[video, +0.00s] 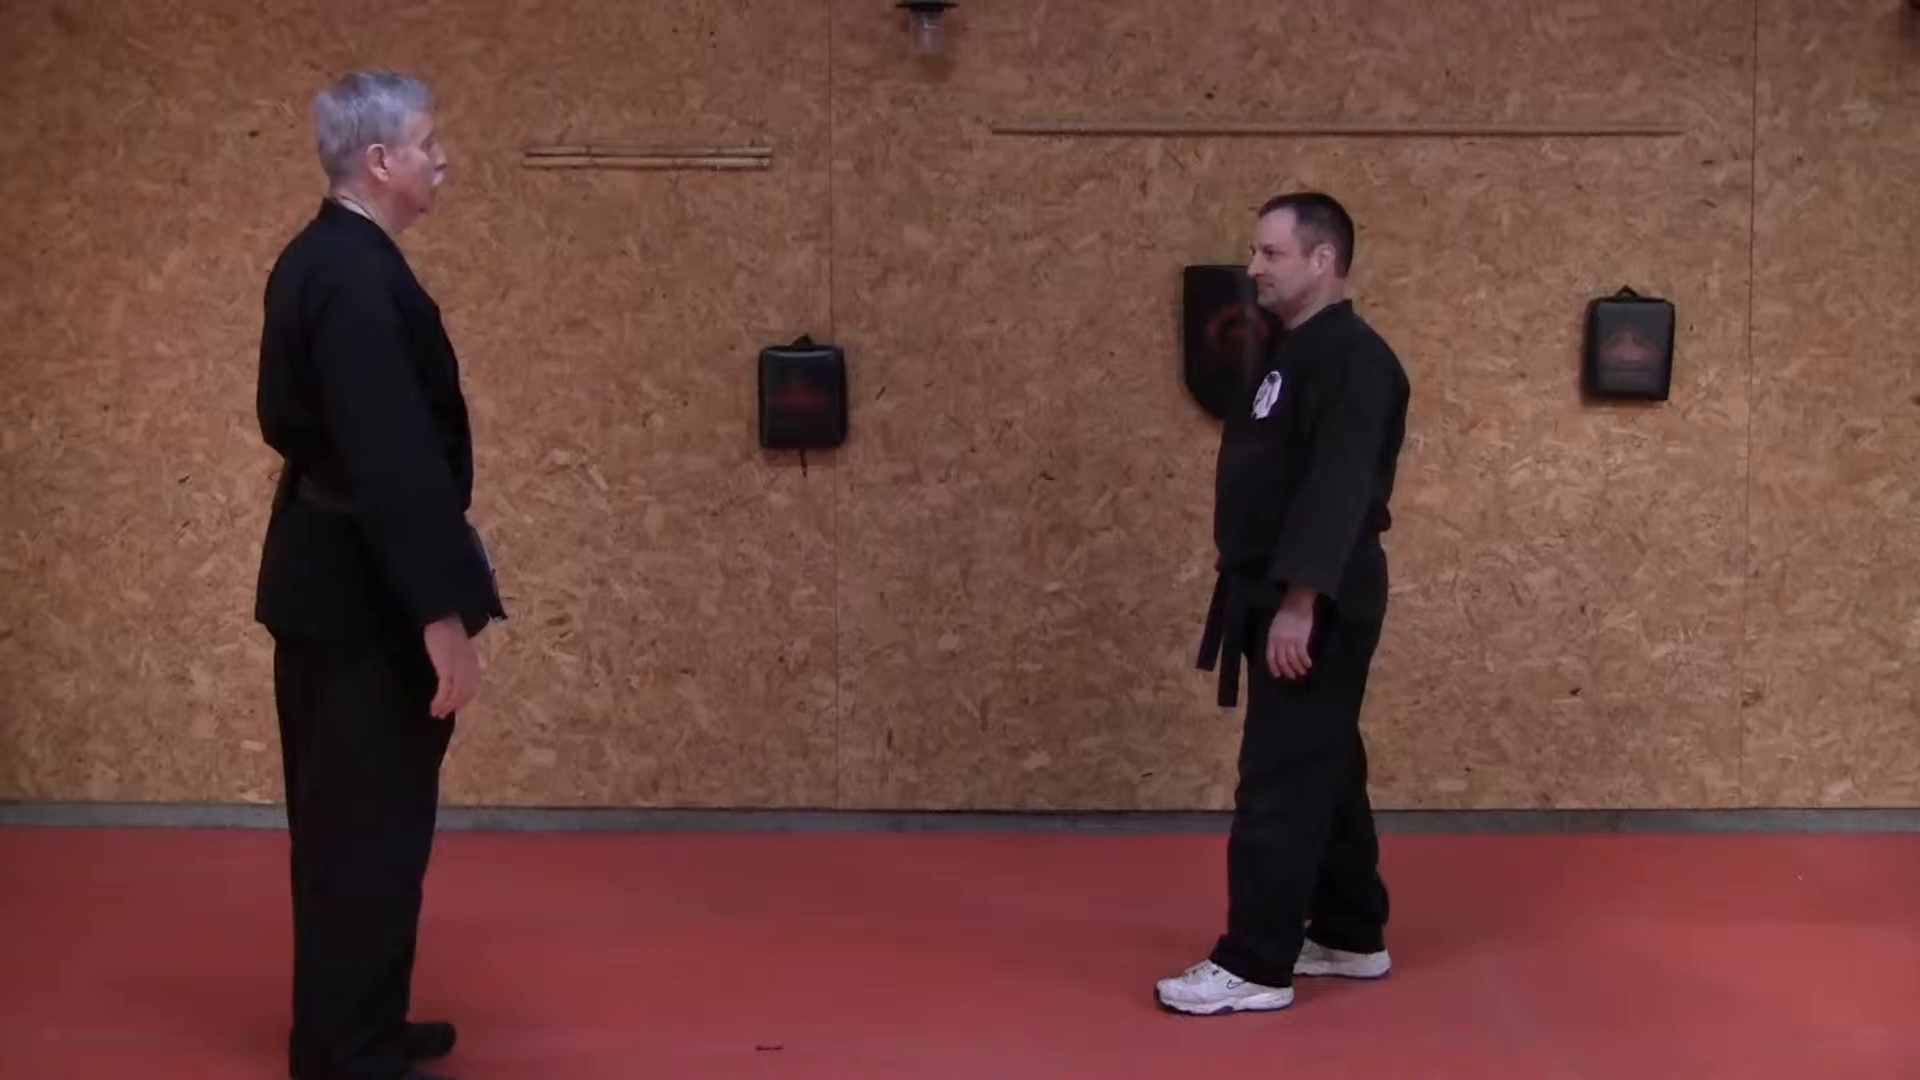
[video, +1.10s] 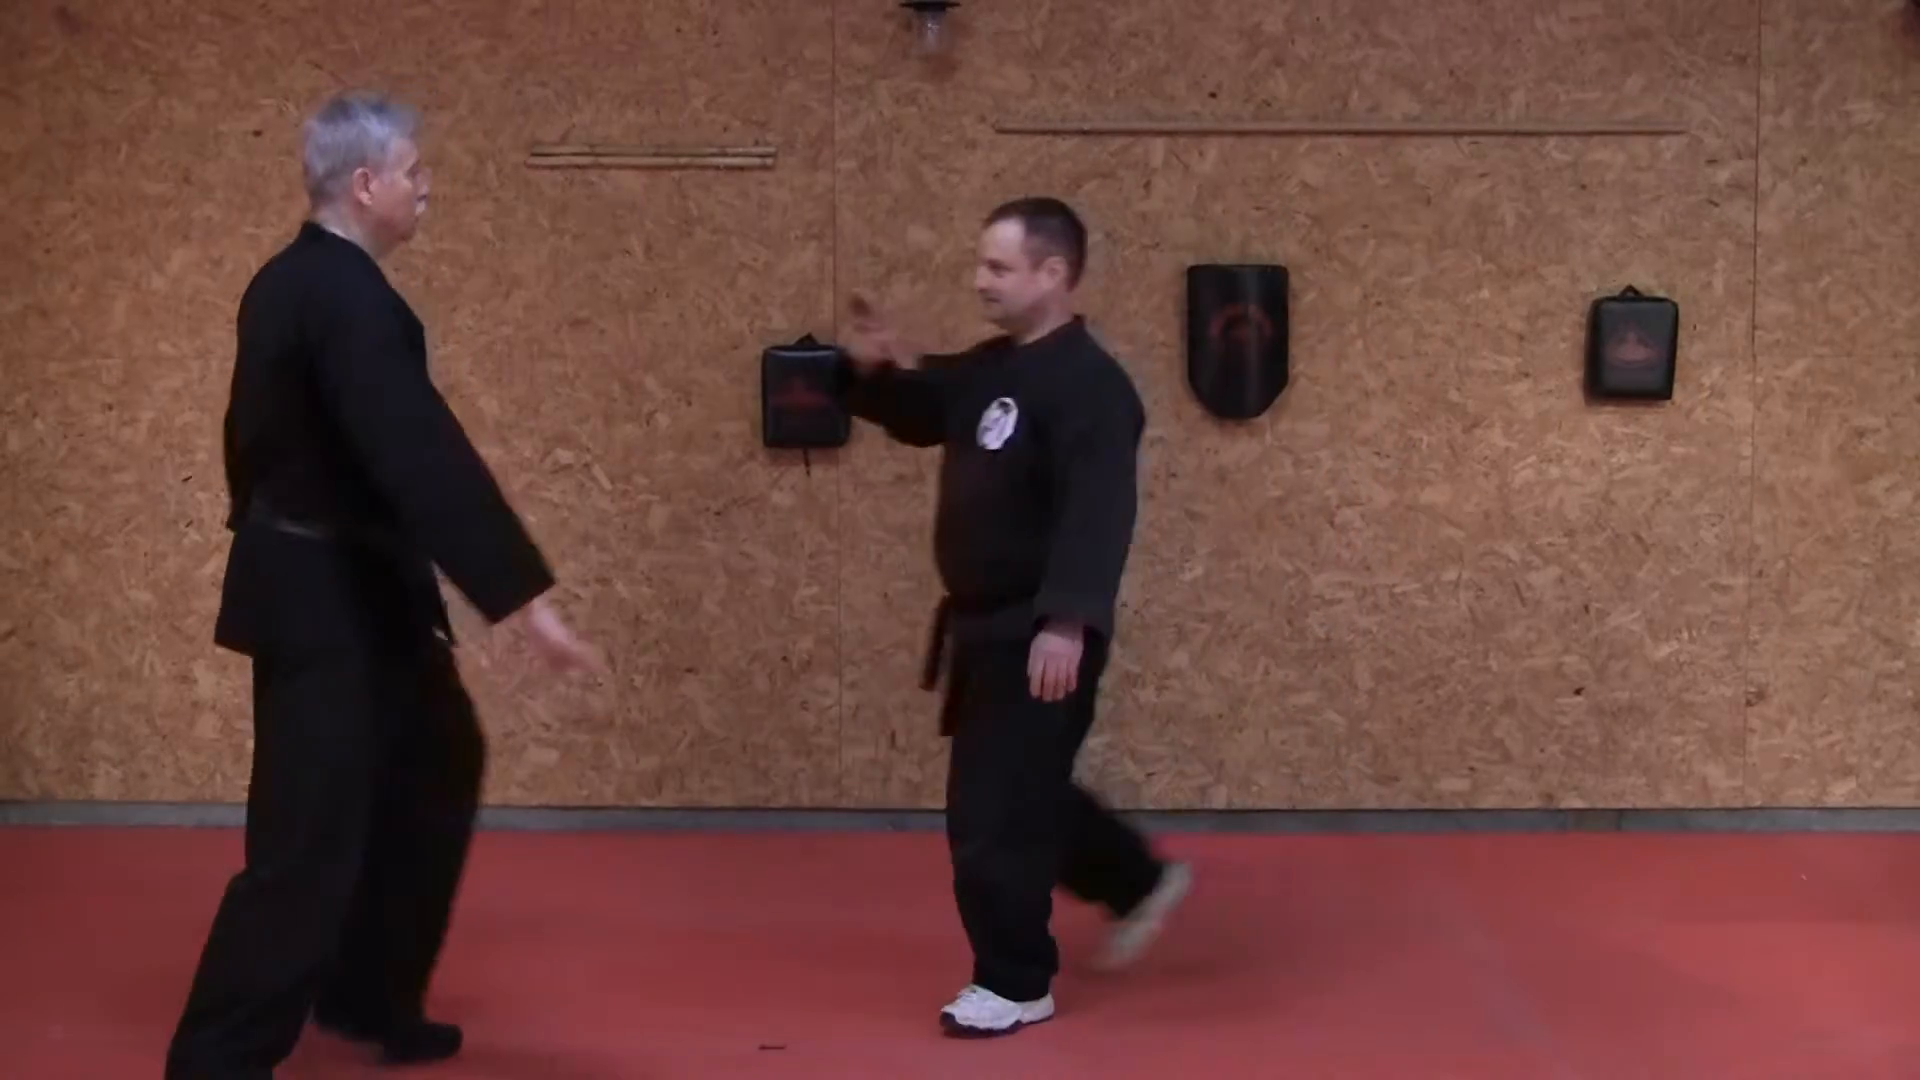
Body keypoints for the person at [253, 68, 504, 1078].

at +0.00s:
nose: (443, 163)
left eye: (437, 143)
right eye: (429, 145)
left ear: (361, 161)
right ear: (379, 160)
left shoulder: (317, 259)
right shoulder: (358, 274)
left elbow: (297, 428)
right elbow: (393, 459)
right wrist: (442, 617)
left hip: (330, 583)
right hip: (363, 596)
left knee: (354, 823)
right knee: (370, 830)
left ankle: (358, 1023)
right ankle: (344, 1042)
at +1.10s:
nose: (427, 189)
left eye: (424, 172)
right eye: (413, 172)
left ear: (346, 186)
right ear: (361, 183)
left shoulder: (284, 285)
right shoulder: (348, 298)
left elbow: (260, 456)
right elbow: (421, 455)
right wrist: (519, 593)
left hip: (321, 595)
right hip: (337, 604)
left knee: (441, 762)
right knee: (309, 834)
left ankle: (372, 998)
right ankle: (219, 1057)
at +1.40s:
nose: (400, 226)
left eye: (398, 207)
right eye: (384, 210)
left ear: (330, 220)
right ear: (326, 220)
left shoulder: (347, 316)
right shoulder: (314, 330)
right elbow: (452, 392)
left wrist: (512, 355)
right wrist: (635, 349)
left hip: (419, 603)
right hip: (335, 618)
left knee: (498, 787)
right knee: (335, 856)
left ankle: (511, 970)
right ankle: (231, 1066)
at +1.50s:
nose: (424, 236)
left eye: (422, 218)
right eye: (406, 219)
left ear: (372, 229)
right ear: (351, 228)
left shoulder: (431, 337)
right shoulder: (286, 346)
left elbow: (528, 462)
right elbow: (382, 420)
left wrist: (540, 352)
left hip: (441, 606)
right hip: (331, 617)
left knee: (527, 793)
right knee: (340, 838)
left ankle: (506, 974)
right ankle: (232, 1064)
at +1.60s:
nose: (444, 244)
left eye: (443, 226)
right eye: (428, 226)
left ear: (388, 240)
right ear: (368, 236)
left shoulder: (458, 347)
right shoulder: (292, 355)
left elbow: (518, 489)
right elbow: (310, 514)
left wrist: (513, 393)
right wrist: (371, 410)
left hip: (457, 616)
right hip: (338, 626)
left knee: (537, 798)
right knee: (307, 830)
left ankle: (509, 978)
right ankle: (216, 1062)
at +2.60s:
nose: (585, 233)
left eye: (590, 218)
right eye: (574, 215)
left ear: (527, 207)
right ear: (517, 202)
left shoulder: (515, 285)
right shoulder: (483, 272)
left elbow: (557, 445)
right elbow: (580, 352)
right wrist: (708, 339)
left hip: (512, 577)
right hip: (462, 574)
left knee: (592, 764)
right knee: (473, 792)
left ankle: (550, 1002)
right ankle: (315, 1002)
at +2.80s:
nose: (701, 312)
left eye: (709, 295)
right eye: (704, 288)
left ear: (659, 259)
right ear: (664, 255)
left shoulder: (607, 327)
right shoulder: (573, 290)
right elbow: (562, 393)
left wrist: (636, 455)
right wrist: (710, 388)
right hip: (510, 533)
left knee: (615, 754)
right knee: (686, 622)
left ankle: (603, 1004)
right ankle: (566, 743)